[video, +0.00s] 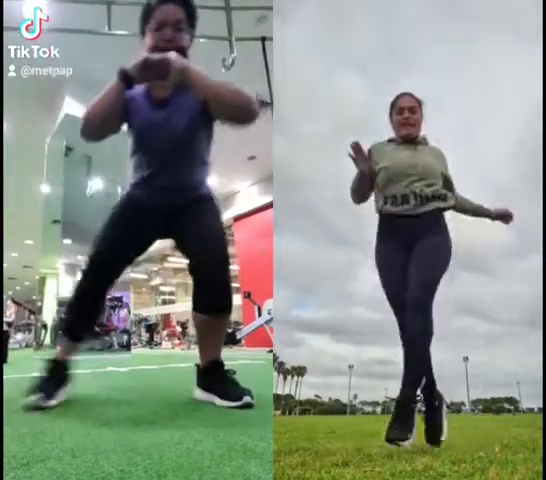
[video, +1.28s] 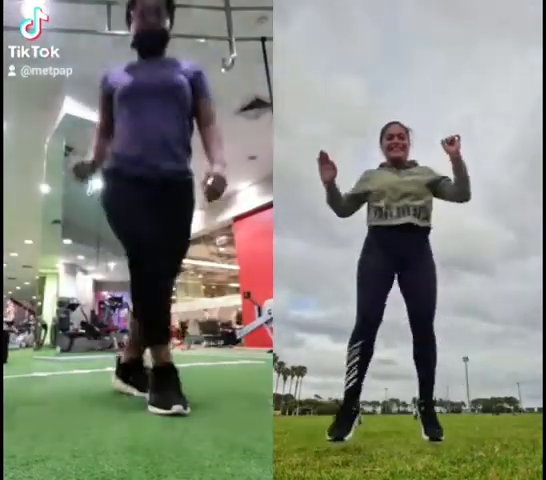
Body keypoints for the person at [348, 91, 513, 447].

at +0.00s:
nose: (407, 115)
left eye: (412, 110)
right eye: (400, 111)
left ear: (422, 118)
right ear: (391, 119)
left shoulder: (435, 155)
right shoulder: (377, 152)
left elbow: (450, 198)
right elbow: (358, 197)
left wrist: (490, 213)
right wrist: (364, 172)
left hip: (431, 232)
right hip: (391, 235)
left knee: (417, 304)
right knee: (406, 319)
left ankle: (405, 403)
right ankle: (432, 399)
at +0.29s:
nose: (408, 128)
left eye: (414, 123)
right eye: (402, 124)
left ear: (423, 130)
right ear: (392, 132)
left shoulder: (435, 167)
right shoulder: (380, 164)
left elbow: (450, 210)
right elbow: (360, 205)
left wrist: (487, 203)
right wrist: (372, 174)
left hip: (431, 246)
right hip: (390, 248)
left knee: (427, 319)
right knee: (393, 326)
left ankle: (428, 412)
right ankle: (413, 410)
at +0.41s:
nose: (407, 128)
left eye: (413, 123)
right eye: (401, 123)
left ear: (422, 129)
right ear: (392, 130)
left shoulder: (436, 167)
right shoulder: (380, 163)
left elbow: (454, 209)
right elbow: (364, 208)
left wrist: (477, 188)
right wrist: (366, 189)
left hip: (430, 244)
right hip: (388, 243)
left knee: (449, 321)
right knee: (369, 323)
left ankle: (471, 407)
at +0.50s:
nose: (407, 143)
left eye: (413, 138)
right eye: (400, 139)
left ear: (421, 144)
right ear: (392, 147)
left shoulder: (436, 182)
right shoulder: (381, 180)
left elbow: (455, 225)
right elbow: (371, 227)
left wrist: (469, 196)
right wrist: (358, 209)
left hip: (429, 263)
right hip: (384, 263)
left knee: (462, 335)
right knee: (352, 336)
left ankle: (507, 414)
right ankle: (306, 419)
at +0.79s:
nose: (401, 145)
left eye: (406, 140)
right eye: (395, 140)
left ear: (416, 146)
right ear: (386, 147)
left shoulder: (432, 180)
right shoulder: (376, 180)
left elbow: (455, 219)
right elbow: (366, 224)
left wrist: (454, 184)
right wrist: (353, 205)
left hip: (426, 259)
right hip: (383, 258)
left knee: (452, 336)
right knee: (358, 333)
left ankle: (488, 417)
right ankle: (325, 419)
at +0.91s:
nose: (394, 141)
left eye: (400, 136)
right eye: (388, 137)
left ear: (409, 141)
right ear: (380, 144)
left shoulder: (427, 174)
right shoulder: (373, 181)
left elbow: (450, 213)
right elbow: (371, 226)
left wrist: (447, 179)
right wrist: (352, 215)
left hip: (422, 252)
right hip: (384, 253)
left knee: (419, 335)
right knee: (390, 331)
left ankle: (404, 415)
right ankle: (406, 416)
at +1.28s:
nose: (396, 140)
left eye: (401, 136)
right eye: (390, 137)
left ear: (410, 143)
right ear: (382, 146)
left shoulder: (423, 175)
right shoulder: (371, 177)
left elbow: (461, 193)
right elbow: (343, 209)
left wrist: (456, 159)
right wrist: (330, 184)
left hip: (417, 252)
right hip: (378, 252)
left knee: (424, 329)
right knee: (366, 325)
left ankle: (427, 406)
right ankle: (349, 407)